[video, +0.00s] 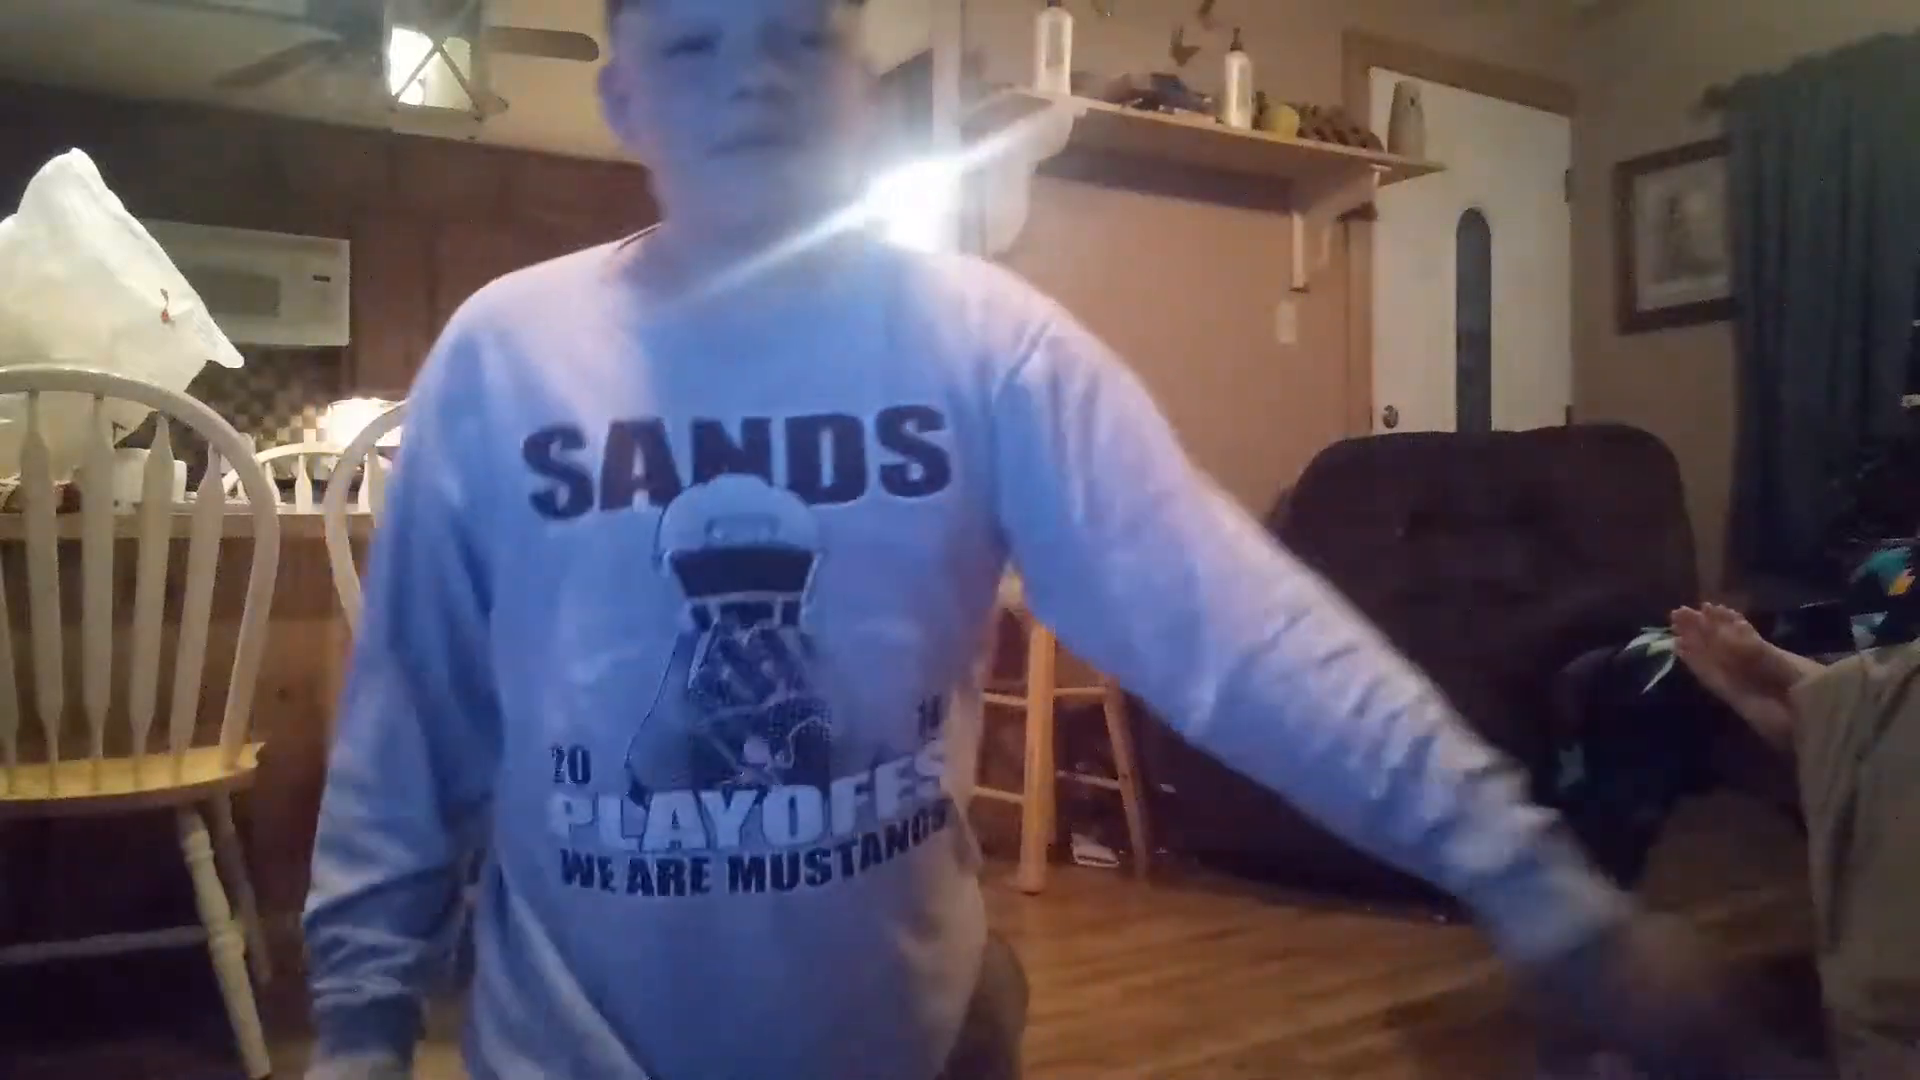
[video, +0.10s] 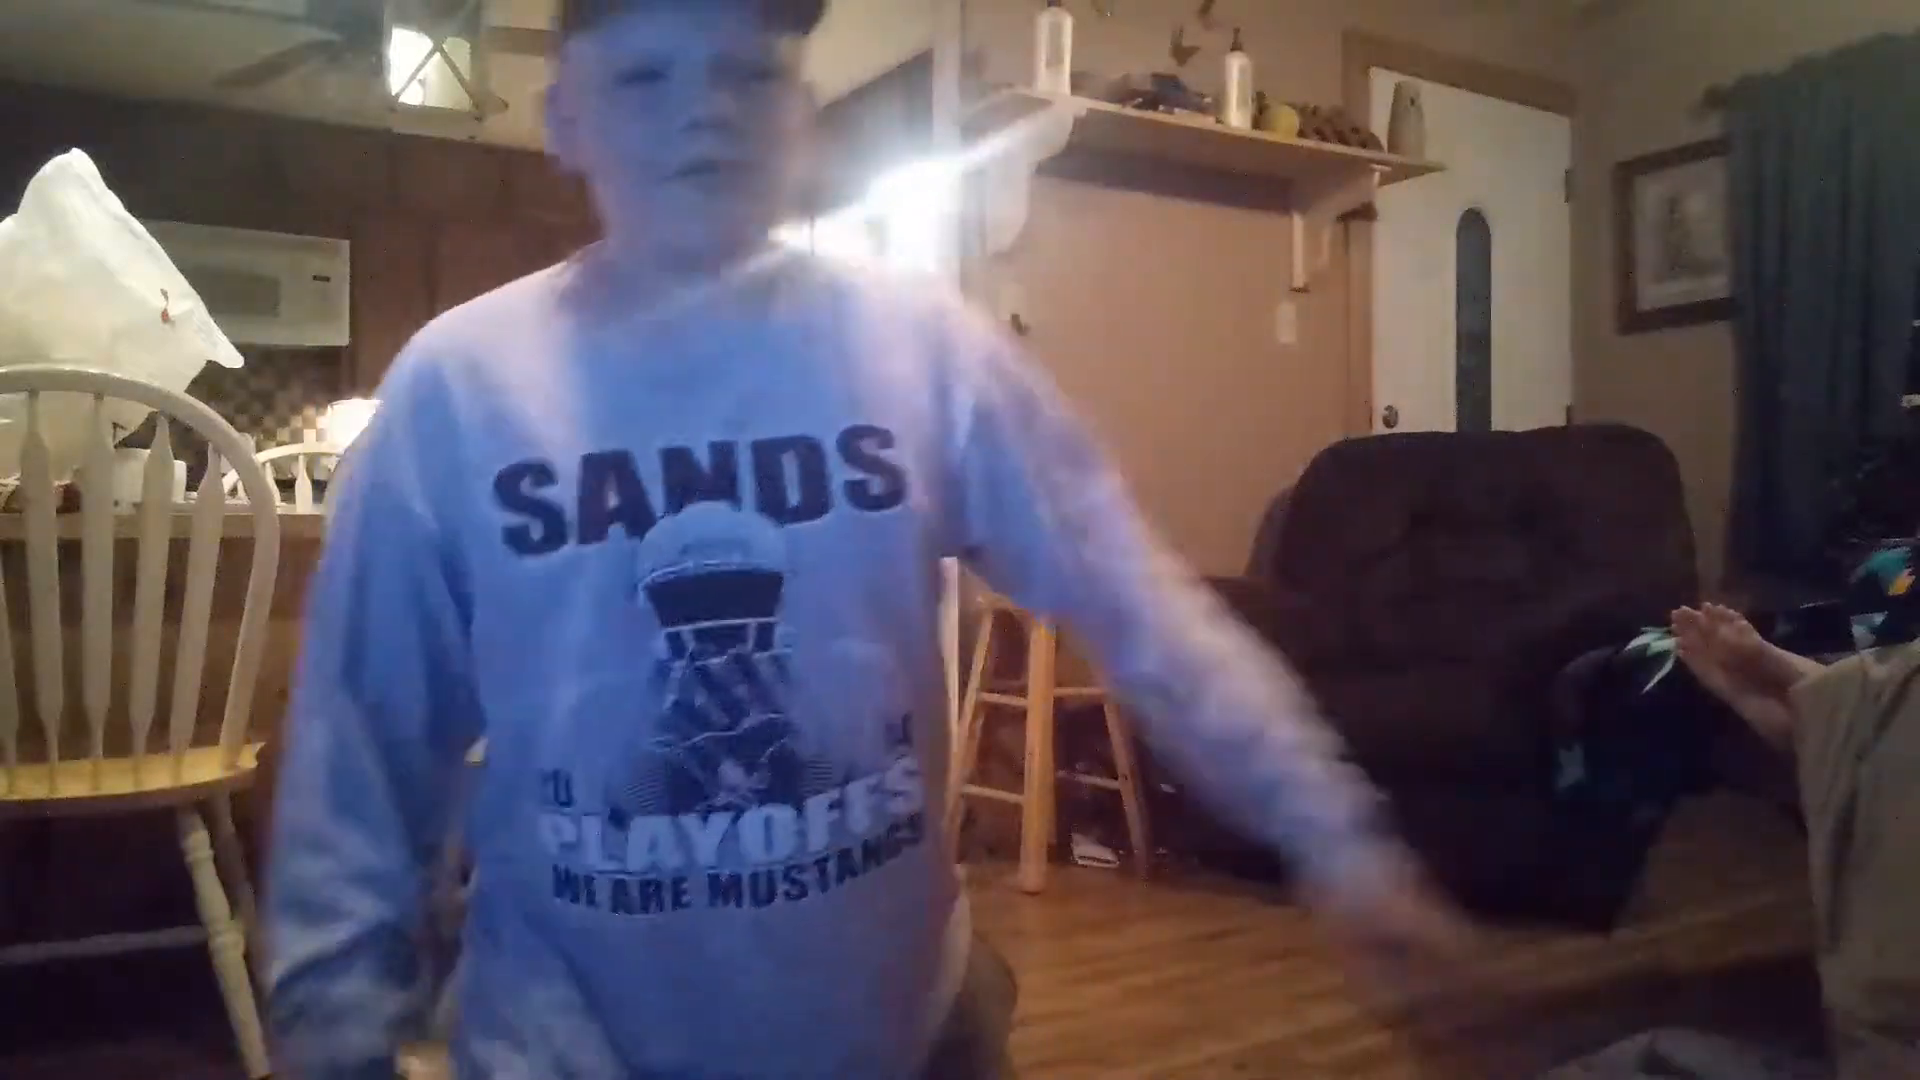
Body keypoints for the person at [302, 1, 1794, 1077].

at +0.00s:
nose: (761, 74)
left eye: (800, 38)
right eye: (701, 40)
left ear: (864, 79)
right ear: (617, 93)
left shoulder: (984, 347)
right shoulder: (499, 355)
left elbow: (1241, 625)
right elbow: (397, 752)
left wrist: (1568, 909)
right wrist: (355, 1045)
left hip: (902, 1032)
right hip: (576, 1040)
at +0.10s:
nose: (705, 112)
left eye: (750, 72)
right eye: (649, 74)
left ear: (805, 109)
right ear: (562, 110)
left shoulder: (915, 346)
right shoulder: (458, 386)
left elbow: (1147, 610)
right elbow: (355, 774)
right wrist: (333, 1044)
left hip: (894, 1025)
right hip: (578, 1041)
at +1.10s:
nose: (626, 173)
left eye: (637, 142)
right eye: (570, 134)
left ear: (652, 166)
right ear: (443, 169)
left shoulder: (669, 378)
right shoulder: (331, 360)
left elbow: (746, 615)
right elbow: (132, 560)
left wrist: (915, 731)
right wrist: (464, 725)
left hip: (681, 997)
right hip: (427, 1025)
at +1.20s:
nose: (614, 175)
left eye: (630, 141)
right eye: (555, 131)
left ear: (646, 166)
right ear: (433, 162)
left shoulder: (648, 380)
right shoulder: (323, 356)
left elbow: (709, 644)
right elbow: (108, 588)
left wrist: (886, 757)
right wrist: (370, 813)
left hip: (658, 993)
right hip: (404, 1023)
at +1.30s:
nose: (604, 175)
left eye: (627, 141)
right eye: (542, 131)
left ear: (647, 173)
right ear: (430, 158)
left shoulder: (644, 390)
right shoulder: (325, 350)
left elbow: (690, 677)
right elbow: (91, 580)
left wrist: (847, 793)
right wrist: (286, 836)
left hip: (643, 1002)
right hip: (390, 1019)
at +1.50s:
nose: (615, 177)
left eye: (642, 151)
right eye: (563, 143)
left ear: (666, 187)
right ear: (462, 174)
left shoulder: (670, 411)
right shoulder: (366, 343)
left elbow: (703, 696)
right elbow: (122, 527)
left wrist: (821, 838)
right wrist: (214, 745)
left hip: (643, 998)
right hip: (396, 1013)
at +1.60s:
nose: (636, 186)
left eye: (665, 161)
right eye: (584, 156)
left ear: (691, 196)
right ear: (493, 186)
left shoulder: (694, 413)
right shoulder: (408, 345)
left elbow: (736, 686)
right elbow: (165, 520)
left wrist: (857, 805)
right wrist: (217, 709)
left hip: (653, 984)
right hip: (418, 995)